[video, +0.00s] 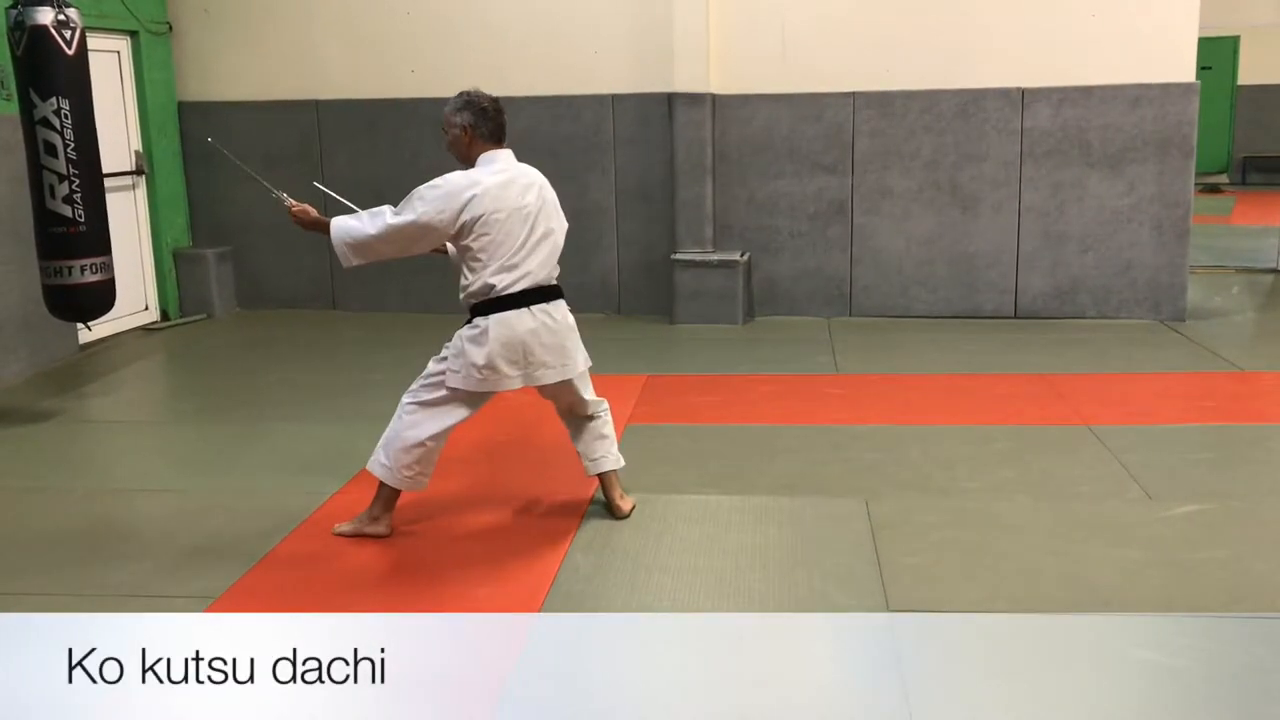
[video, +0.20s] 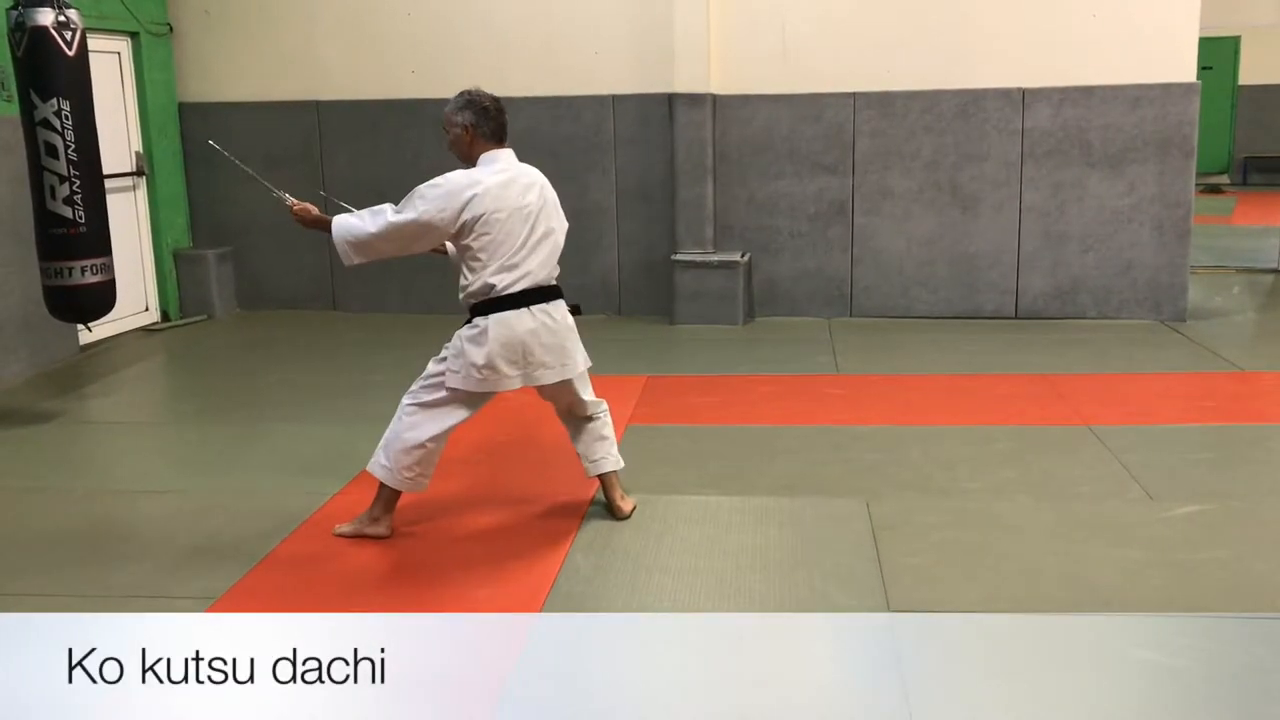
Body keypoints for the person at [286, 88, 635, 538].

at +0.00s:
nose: (446, 143)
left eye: (449, 132)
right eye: (445, 132)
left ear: (470, 132)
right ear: (493, 131)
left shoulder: (458, 190)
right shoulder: (537, 181)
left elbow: (391, 226)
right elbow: (528, 239)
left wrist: (322, 223)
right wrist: (451, 242)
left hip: (492, 332)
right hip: (553, 323)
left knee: (422, 406)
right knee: (584, 406)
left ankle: (379, 512)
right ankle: (617, 496)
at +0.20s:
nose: (447, 143)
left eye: (450, 132)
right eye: (447, 133)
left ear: (471, 132)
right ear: (494, 130)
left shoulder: (460, 189)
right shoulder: (537, 181)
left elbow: (393, 224)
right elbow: (519, 240)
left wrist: (325, 222)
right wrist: (451, 243)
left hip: (492, 331)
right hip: (553, 322)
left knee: (423, 407)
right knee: (582, 405)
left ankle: (379, 513)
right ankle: (618, 496)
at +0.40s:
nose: (447, 143)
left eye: (450, 132)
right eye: (447, 132)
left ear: (472, 132)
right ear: (491, 131)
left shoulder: (459, 191)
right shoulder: (535, 182)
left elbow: (391, 227)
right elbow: (503, 244)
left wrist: (323, 230)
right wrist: (444, 248)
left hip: (492, 333)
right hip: (553, 323)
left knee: (423, 409)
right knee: (584, 406)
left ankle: (380, 515)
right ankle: (619, 497)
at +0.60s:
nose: (449, 139)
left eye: (452, 129)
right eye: (450, 129)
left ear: (470, 132)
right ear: (500, 131)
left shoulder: (457, 192)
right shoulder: (532, 182)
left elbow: (386, 220)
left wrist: (312, 222)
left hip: (491, 336)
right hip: (551, 326)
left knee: (420, 410)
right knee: (584, 409)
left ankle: (381, 516)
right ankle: (619, 498)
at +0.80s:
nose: (446, 143)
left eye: (449, 133)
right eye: (446, 133)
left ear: (469, 135)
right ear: (493, 132)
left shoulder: (456, 195)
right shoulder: (530, 184)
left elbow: (392, 227)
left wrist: (319, 226)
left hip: (490, 337)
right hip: (550, 326)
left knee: (419, 412)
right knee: (583, 409)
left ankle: (383, 518)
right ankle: (619, 499)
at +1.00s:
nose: (444, 145)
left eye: (447, 135)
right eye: (444, 135)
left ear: (467, 137)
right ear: (491, 134)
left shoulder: (454, 197)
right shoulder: (529, 185)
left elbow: (391, 231)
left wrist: (322, 231)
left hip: (489, 339)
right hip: (550, 327)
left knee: (419, 413)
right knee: (584, 411)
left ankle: (384, 518)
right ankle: (620, 500)